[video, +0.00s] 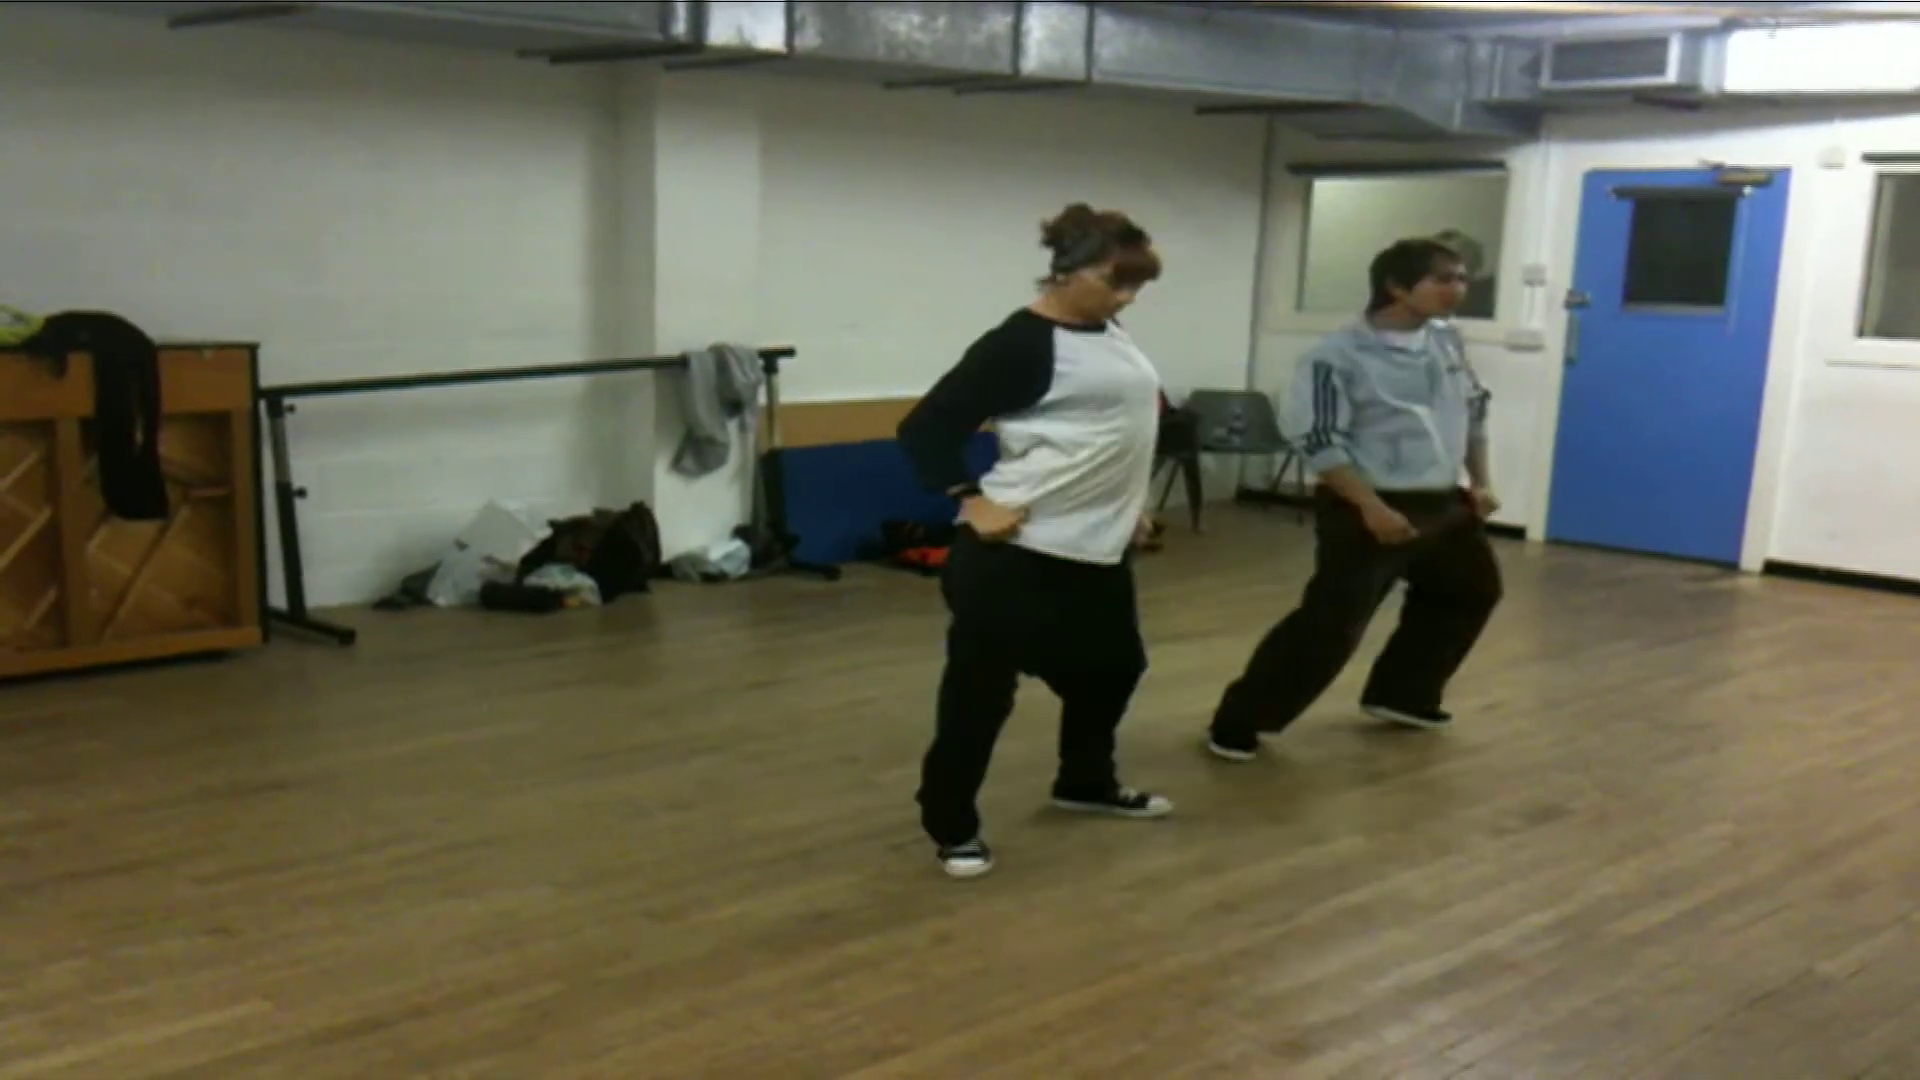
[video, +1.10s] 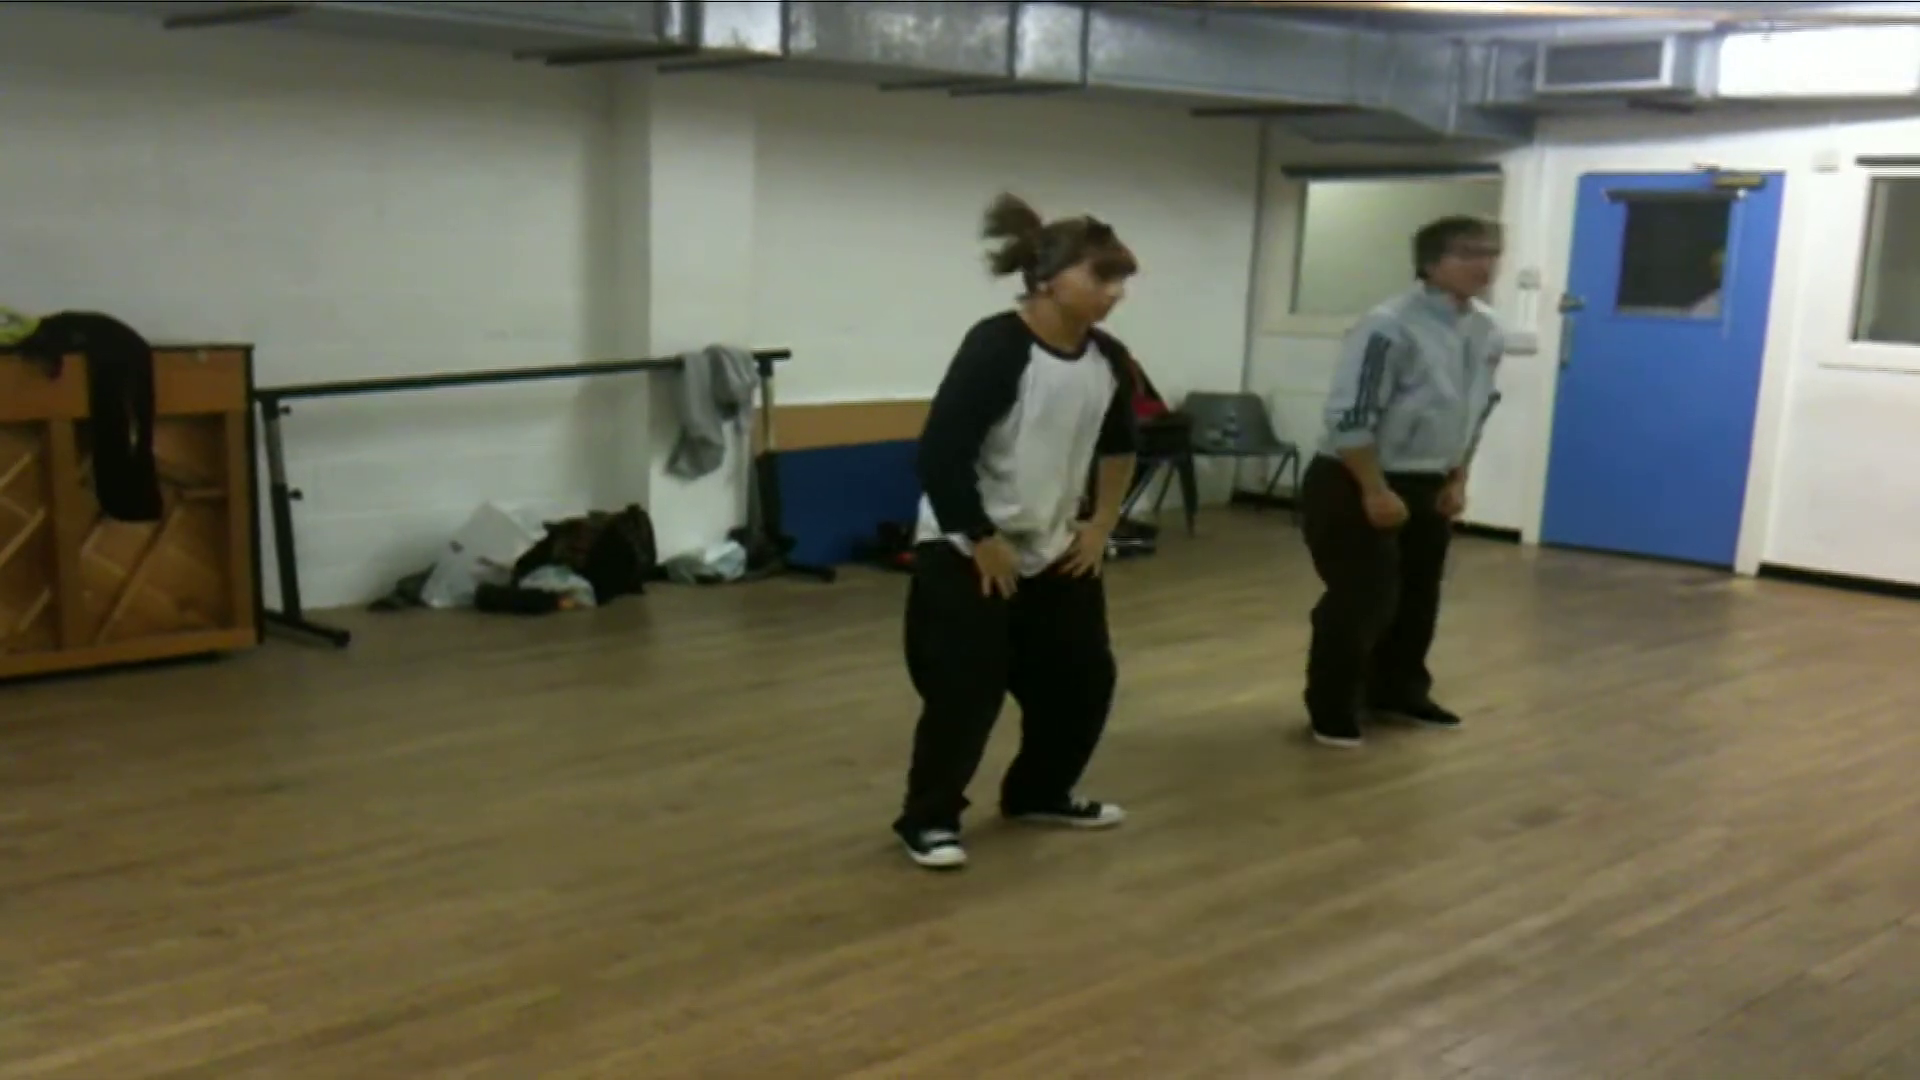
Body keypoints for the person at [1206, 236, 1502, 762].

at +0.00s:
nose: (1456, 289)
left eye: (1456, 280)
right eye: (1444, 280)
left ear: (1409, 291)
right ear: (1401, 289)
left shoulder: (1444, 342)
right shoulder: (1336, 357)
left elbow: (1472, 412)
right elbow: (1321, 449)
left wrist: (1479, 482)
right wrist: (1371, 507)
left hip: (1440, 506)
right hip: (1365, 510)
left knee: (1469, 590)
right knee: (1330, 625)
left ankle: (1400, 692)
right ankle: (1237, 721)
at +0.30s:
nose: (1489, 323)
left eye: (1491, 313)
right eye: (1480, 312)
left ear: (1442, 320)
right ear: (1435, 318)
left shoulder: (1468, 372)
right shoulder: (1356, 378)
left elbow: (1466, 434)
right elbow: (1288, 454)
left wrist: (1451, 492)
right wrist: (1329, 516)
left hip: (1405, 528)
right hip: (1328, 525)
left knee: (1462, 611)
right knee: (1315, 620)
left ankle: (1415, 683)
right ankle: (1198, 712)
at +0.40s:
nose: (1516, 351)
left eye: (1518, 340)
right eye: (1507, 339)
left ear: (1473, 346)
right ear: (1463, 342)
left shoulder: (1495, 391)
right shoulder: (1380, 389)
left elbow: (1489, 446)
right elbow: (1305, 470)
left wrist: (1456, 500)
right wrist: (1354, 515)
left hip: (1409, 518)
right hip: (1336, 512)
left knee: (1455, 622)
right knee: (1399, 607)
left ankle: (1433, 697)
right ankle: (1283, 691)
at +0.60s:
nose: (1555, 401)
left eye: (1557, 391)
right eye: (1546, 390)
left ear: (1505, 394)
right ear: (1499, 391)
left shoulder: (1502, 430)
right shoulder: (1415, 425)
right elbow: (1304, 470)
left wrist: (1447, 514)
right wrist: (1343, 529)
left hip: (1407, 529)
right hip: (1335, 524)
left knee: (1478, 598)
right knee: (1374, 596)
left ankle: (1403, 692)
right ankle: (1336, 697)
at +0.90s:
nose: (1553, 343)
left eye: (1557, 332)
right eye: (1546, 329)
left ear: (1509, 325)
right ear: (1505, 321)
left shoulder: (1511, 373)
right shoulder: (1421, 363)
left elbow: (1468, 434)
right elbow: (1334, 438)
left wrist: (1452, 488)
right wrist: (1351, 503)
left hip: (1411, 493)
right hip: (1343, 487)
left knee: (1447, 593)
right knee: (1358, 594)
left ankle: (1402, 692)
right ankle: (1334, 711)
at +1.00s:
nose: (1531, 285)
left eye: (1532, 274)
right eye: (1522, 272)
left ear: (1495, 279)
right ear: (1480, 273)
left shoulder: (1499, 336)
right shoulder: (1409, 326)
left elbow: (1476, 413)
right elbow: (1349, 417)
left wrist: (1453, 471)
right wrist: (1368, 484)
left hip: (1417, 476)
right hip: (1348, 470)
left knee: (1416, 587)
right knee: (1353, 590)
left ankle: (1399, 689)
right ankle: (1331, 706)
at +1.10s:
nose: (1484, 266)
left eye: (1489, 256)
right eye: (1471, 255)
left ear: (1493, 264)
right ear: (1436, 263)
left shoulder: (1483, 334)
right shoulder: (1386, 328)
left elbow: (1474, 412)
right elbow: (1348, 424)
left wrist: (1457, 476)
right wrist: (1373, 489)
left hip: (1425, 485)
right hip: (1356, 482)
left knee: (1417, 595)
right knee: (1361, 595)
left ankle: (1399, 690)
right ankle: (1333, 709)